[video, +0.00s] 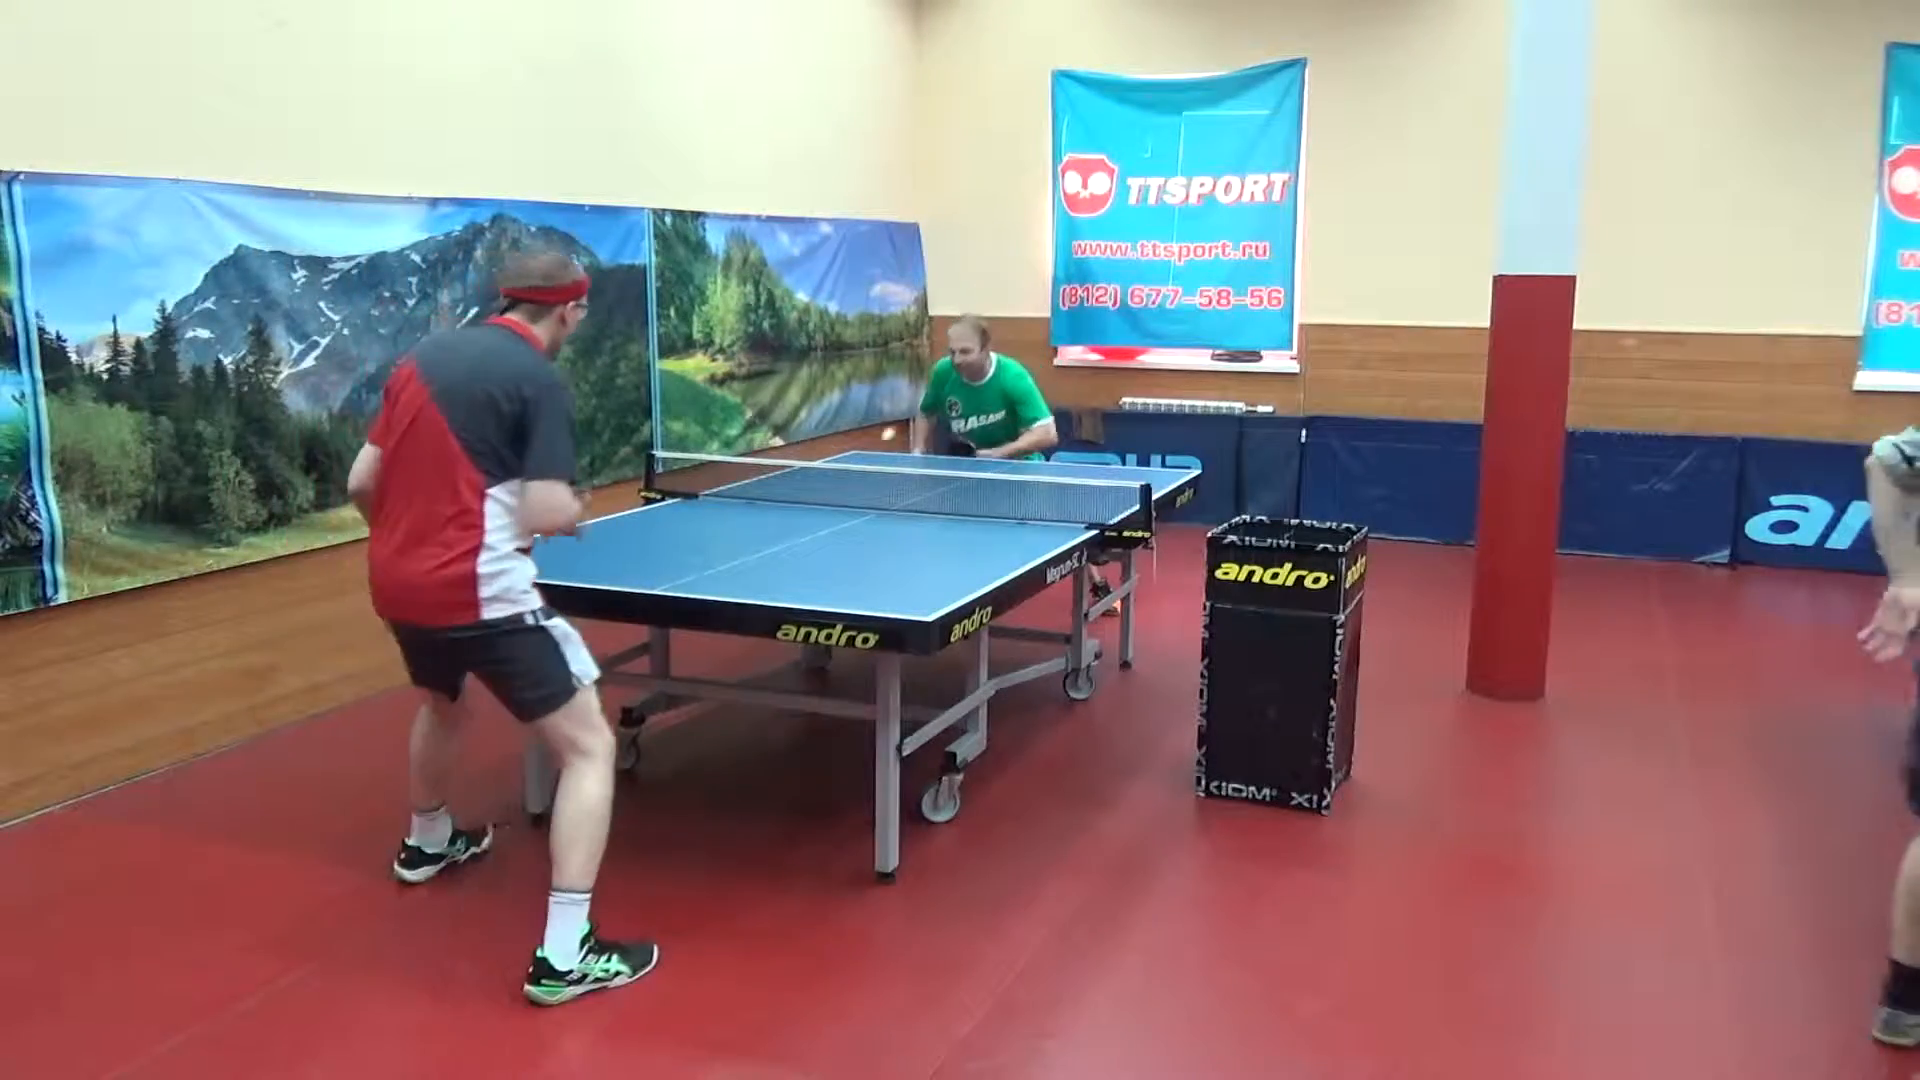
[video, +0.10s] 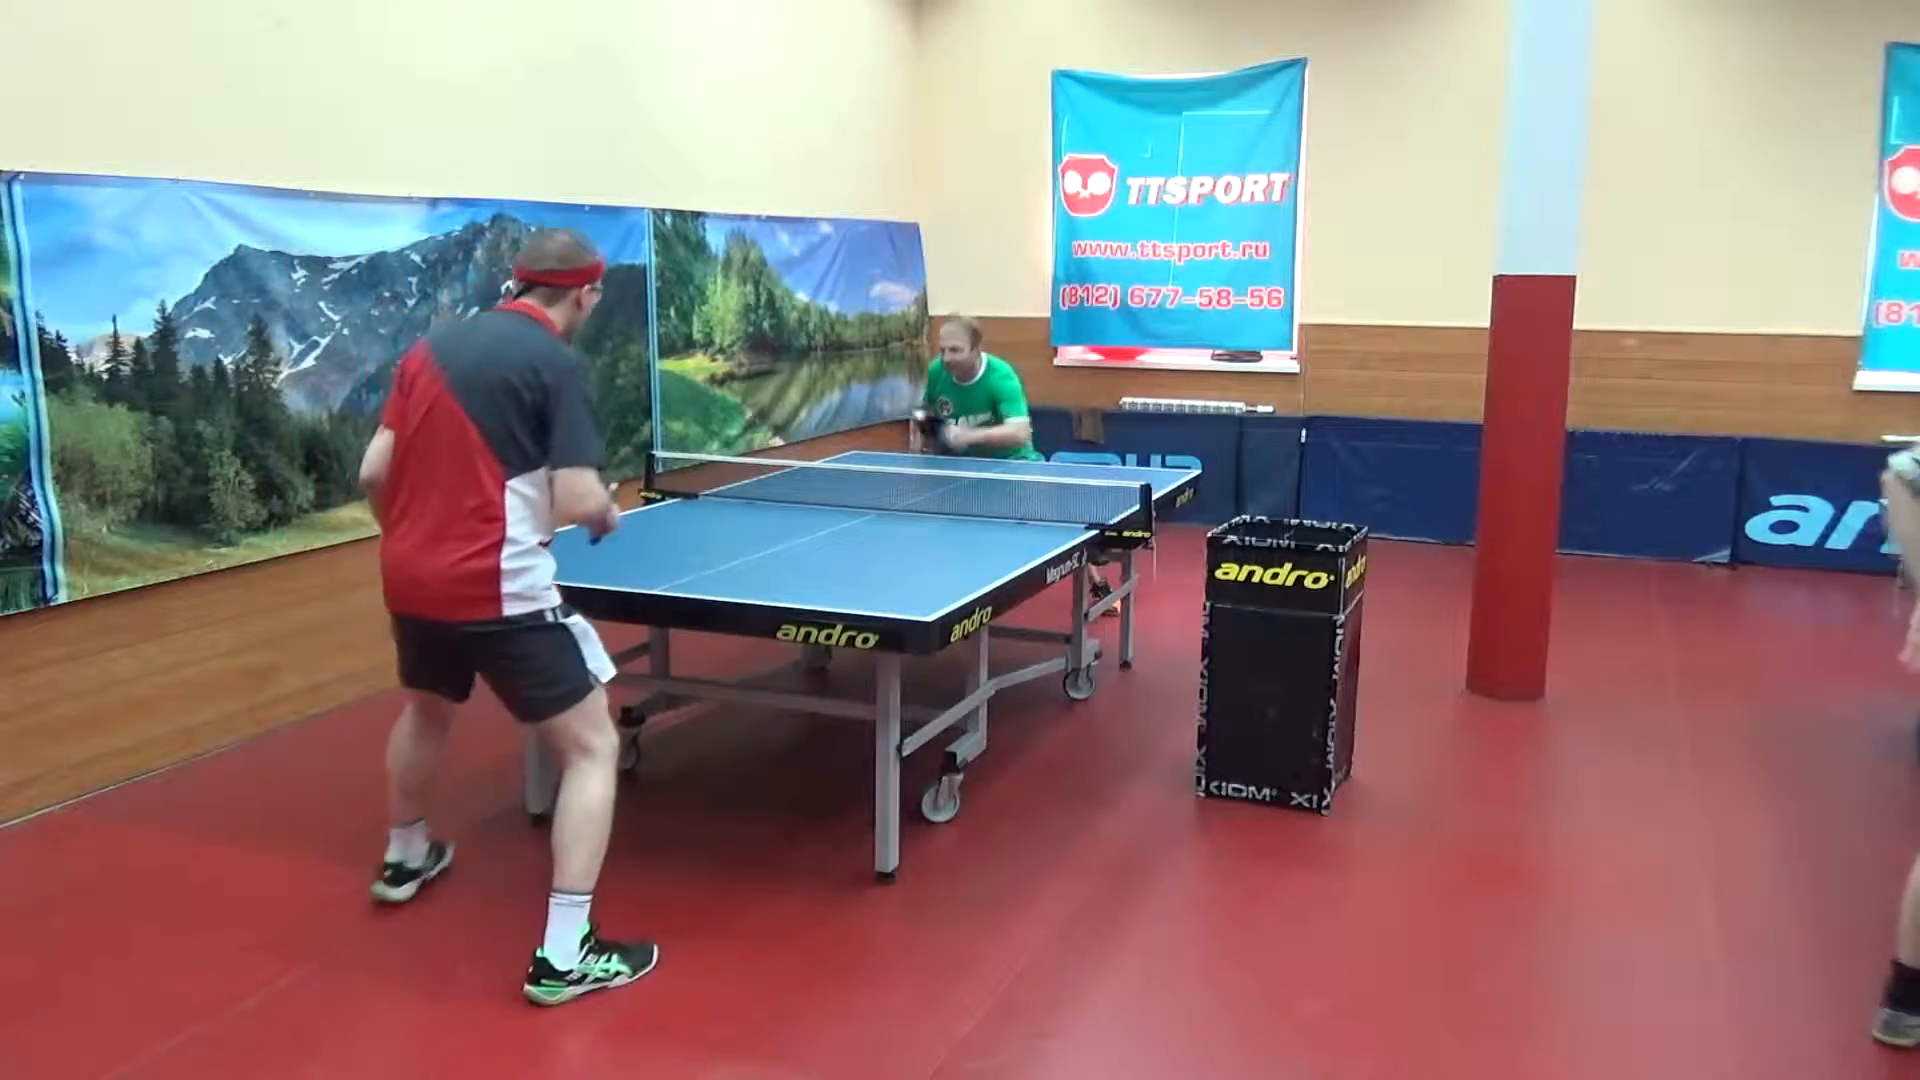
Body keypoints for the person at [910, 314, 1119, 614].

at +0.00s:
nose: (958, 359)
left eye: (965, 352)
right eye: (953, 352)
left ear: (986, 349)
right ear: (948, 349)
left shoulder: (1013, 376)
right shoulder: (942, 373)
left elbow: (1047, 434)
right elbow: (924, 415)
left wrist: (995, 453)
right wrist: (918, 456)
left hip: (1019, 466)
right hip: (968, 469)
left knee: (1052, 520)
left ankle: (1097, 584)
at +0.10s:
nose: (946, 357)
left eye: (954, 350)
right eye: (943, 350)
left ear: (976, 350)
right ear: (939, 349)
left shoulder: (1001, 377)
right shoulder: (936, 372)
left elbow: (1020, 432)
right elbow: (925, 418)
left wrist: (969, 436)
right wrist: (921, 427)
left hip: (1013, 465)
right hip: (962, 466)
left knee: (1050, 519)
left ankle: (1096, 584)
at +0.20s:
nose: (942, 338)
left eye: (950, 330)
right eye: (938, 330)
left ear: (970, 329)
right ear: (933, 328)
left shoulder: (992, 362)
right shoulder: (934, 356)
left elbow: (989, 421)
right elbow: (927, 403)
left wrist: (954, 418)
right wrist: (920, 438)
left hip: (1010, 457)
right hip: (963, 458)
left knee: (1052, 515)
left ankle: (1096, 583)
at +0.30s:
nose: (940, 318)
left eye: (948, 311)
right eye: (935, 311)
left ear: (969, 312)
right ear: (931, 311)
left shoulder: (992, 346)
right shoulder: (931, 343)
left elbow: (992, 409)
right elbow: (926, 393)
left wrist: (949, 424)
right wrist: (921, 426)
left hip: (1009, 451)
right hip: (960, 449)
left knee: (1048, 515)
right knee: (948, 521)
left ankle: (1093, 582)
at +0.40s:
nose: (945, 313)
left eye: (953, 306)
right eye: (941, 306)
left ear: (974, 309)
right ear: (937, 309)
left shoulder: (997, 345)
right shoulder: (934, 344)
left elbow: (997, 407)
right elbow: (930, 399)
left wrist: (947, 416)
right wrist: (921, 432)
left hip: (1011, 453)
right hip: (960, 453)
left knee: (1046, 516)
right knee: (950, 525)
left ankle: (1087, 586)